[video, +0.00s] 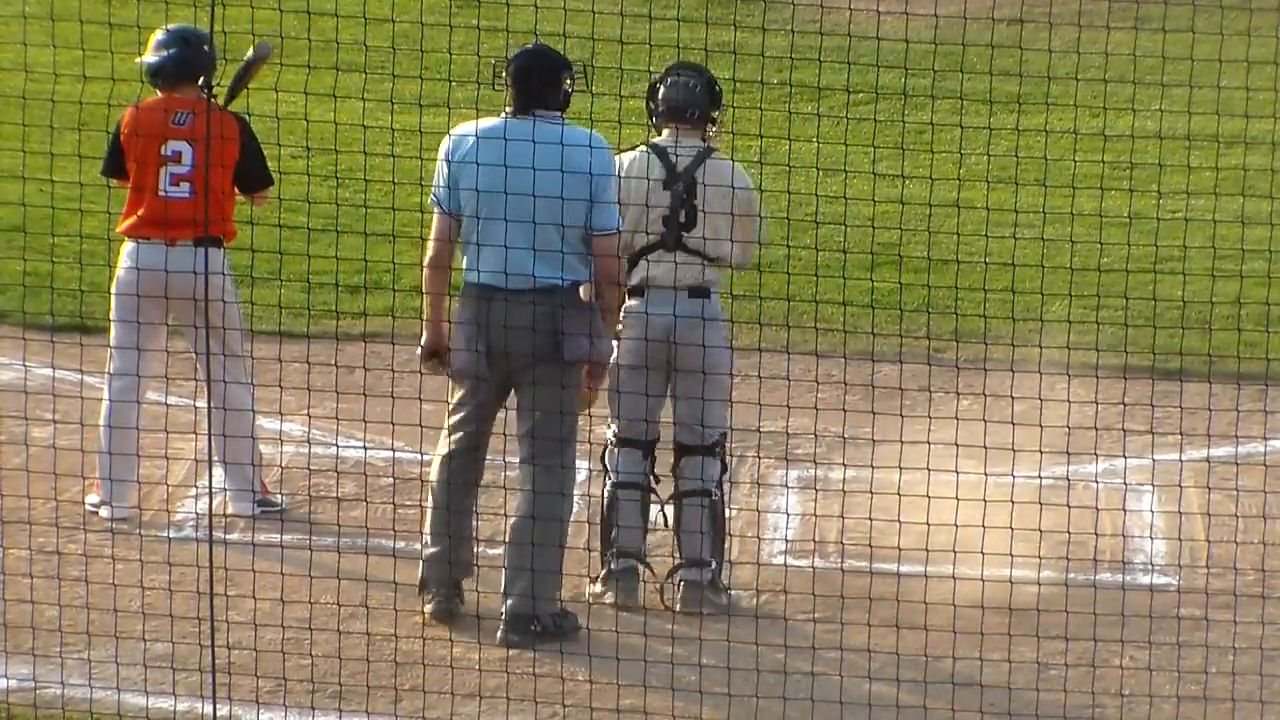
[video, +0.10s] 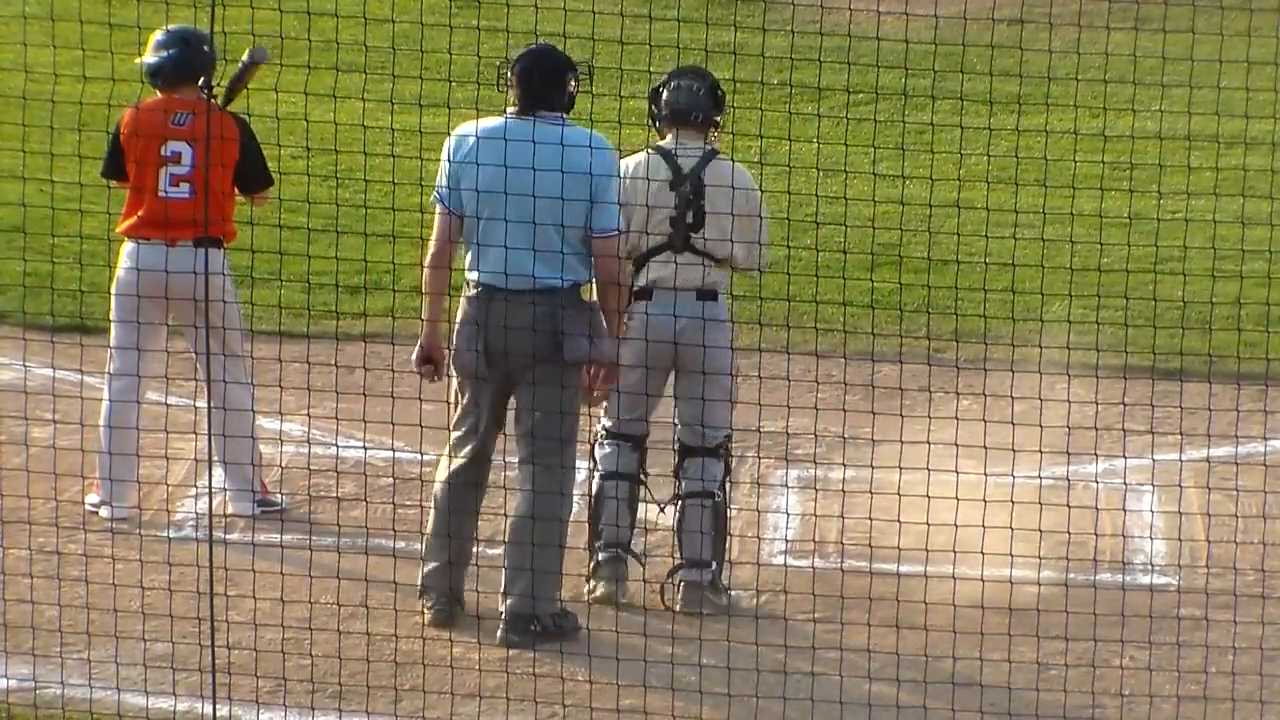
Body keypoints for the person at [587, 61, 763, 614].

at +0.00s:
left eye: (657, 106)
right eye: (707, 110)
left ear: (655, 110)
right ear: (711, 114)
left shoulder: (626, 167)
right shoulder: (732, 176)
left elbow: (611, 249)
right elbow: (743, 254)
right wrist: (688, 237)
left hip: (639, 319)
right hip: (702, 322)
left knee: (630, 442)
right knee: (700, 446)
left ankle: (623, 571)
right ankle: (697, 576)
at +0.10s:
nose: (656, 118)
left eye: (658, 110)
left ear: (659, 113)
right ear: (714, 118)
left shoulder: (631, 171)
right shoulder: (737, 178)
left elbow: (613, 251)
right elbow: (751, 259)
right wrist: (700, 240)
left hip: (643, 318)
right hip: (707, 320)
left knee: (623, 436)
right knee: (704, 446)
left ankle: (610, 560)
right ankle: (698, 575)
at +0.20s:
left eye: (658, 113)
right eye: (712, 116)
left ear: (658, 116)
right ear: (713, 120)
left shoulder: (629, 172)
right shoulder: (737, 181)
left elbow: (610, 254)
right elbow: (750, 269)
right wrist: (711, 246)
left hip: (641, 316)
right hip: (707, 320)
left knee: (619, 432)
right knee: (703, 446)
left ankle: (602, 561)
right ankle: (696, 576)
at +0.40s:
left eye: (643, 122)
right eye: (693, 127)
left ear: (642, 125)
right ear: (699, 130)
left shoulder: (614, 174)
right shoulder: (719, 184)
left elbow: (590, 248)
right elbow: (744, 269)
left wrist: (604, 306)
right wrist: (706, 312)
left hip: (621, 313)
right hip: (687, 320)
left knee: (613, 440)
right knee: (699, 446)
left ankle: (602, 567)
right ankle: (696, 574)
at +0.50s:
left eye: (632, 143)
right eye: (690, 144)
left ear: (634, 145)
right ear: (690, 148)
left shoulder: (607, 189)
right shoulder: (709, 200)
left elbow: (586, 269)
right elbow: (724, 283)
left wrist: (597, 318)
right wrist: (690, 331)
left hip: (616, 329)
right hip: (677, 334)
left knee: (606, 445)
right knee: (709, 443)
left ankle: (602, 569)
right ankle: (686, 570)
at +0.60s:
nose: (684, 180)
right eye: (685, 173)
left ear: (631, 176)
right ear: (684, 178)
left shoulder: (605, 221)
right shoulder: (707, 232)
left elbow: (587, 299)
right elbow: (715, 318)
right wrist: (690, 376)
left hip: (612, 353)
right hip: (675, 357)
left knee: (602, 455)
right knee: (711, 452)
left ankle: (603, 572)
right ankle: (670, 567)